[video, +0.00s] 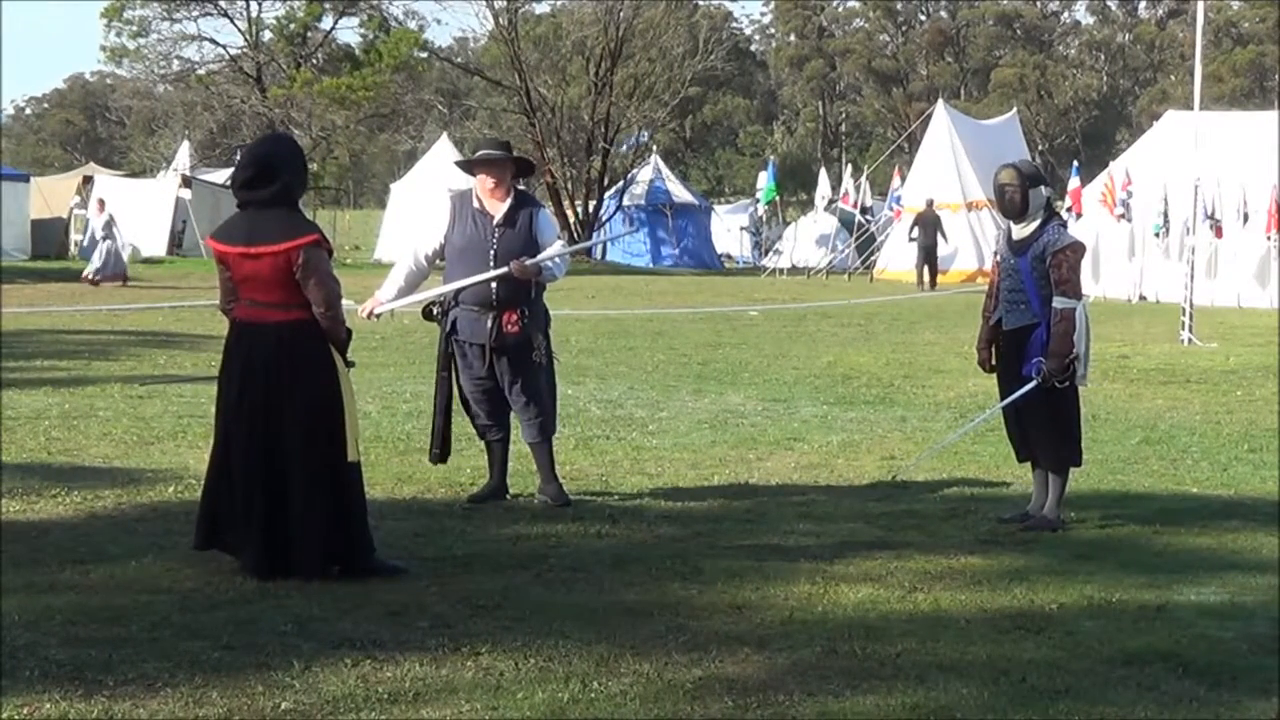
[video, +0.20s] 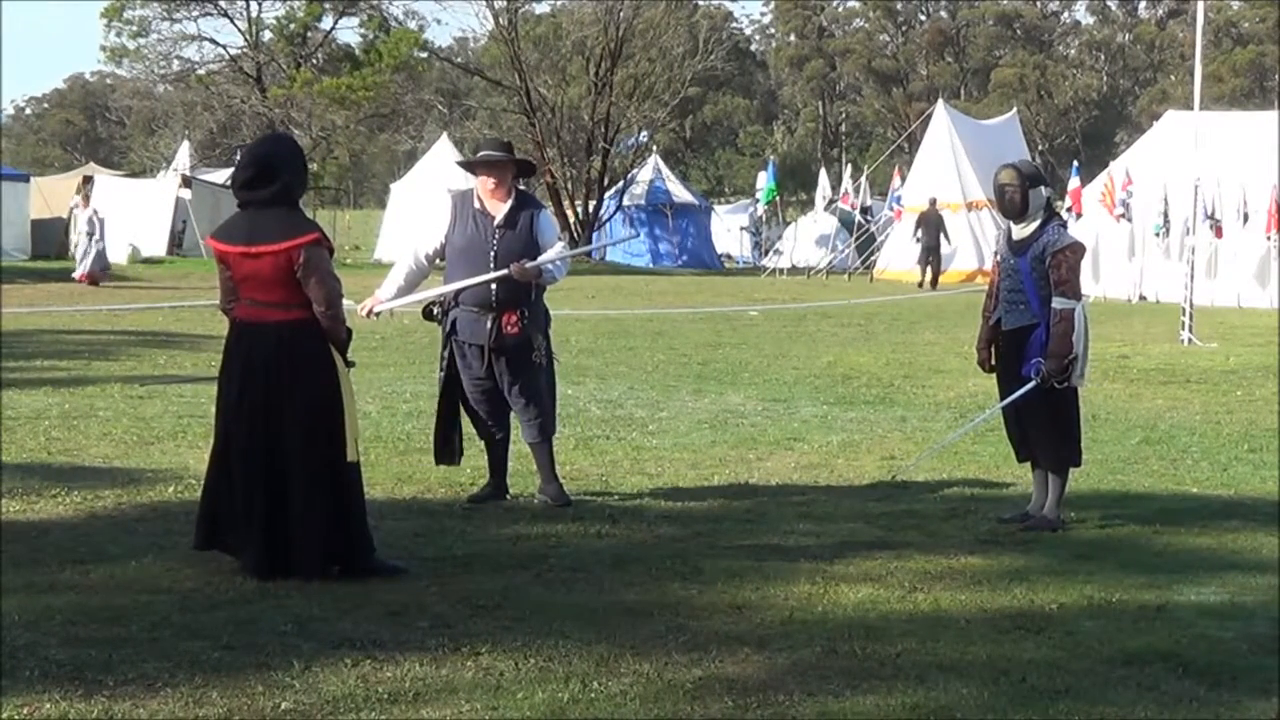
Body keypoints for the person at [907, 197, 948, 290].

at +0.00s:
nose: (931, 206)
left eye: (929, 204)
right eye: (931, 204)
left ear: (925, 204)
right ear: (933, 204)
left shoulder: (920, 215)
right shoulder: (936, 216)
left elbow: (912, 226)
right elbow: (940, 228)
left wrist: (909, 236)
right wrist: (945, 238)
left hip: (922, 243)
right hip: (932, 244)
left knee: (920, 263)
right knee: (933, 264)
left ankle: (920, 284)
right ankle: (933, 283)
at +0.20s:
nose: (933, 205)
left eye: (932, 204)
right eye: (934, 204)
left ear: (928, 203)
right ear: (936, 204)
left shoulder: (923, 214)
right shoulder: (939, 216)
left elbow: (917, 225)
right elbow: (943, 229)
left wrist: (914, 235)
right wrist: (948, 240)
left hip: (925, 243)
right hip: (935, 243)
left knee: (923, 261)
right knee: (936, 263)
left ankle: (922, 277)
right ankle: (934, 282)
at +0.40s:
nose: (936, 204)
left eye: (934, 202)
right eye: (937, 202)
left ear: (931, 202)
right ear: (938, 202)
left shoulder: (925, 213)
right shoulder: (941, 213)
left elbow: (920, 225)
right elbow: (949, 228)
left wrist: (918, 234)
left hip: (927, 241)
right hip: (937, 241)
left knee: (928, 261)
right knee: (935, 262)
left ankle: (929, 280)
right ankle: (933, 283)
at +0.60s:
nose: (940, 207)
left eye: (938, 205)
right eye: (940, 205)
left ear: (933, 205)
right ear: (940, 205)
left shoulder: (928, 216)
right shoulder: (943, 217)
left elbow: (923, 227)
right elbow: (951, 230)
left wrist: (920, 236)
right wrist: (944, 225)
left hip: (930, 243)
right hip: (939, 243)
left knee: (931, 262)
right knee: (939, 262)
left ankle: (932, 281)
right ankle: (934, 282)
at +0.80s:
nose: (946, 205)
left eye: (944, 203)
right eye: (945, 203)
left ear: (937, 203)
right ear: (944, 203)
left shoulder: (931, 213)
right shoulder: (947, 215)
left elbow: (926, 224)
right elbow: (950, 228)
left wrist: (923, 233)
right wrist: (955, 237)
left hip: (934, 242)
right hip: (944, 242)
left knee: (934, 261)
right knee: (947, 259)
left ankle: (933, 280)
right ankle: (941, 278)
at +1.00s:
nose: (951, 206)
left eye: (950, 204)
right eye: (951, 204)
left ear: (943, 204)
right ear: (950, 204)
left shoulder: (938, 213)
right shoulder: (952, 215)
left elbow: (931, 225)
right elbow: (953, 228)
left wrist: (931, 234)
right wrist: (956, 238)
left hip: (940, 241)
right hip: (950, 241)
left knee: (937, 261)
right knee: (952, 262)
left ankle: (934, 281)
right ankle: (955, 280)